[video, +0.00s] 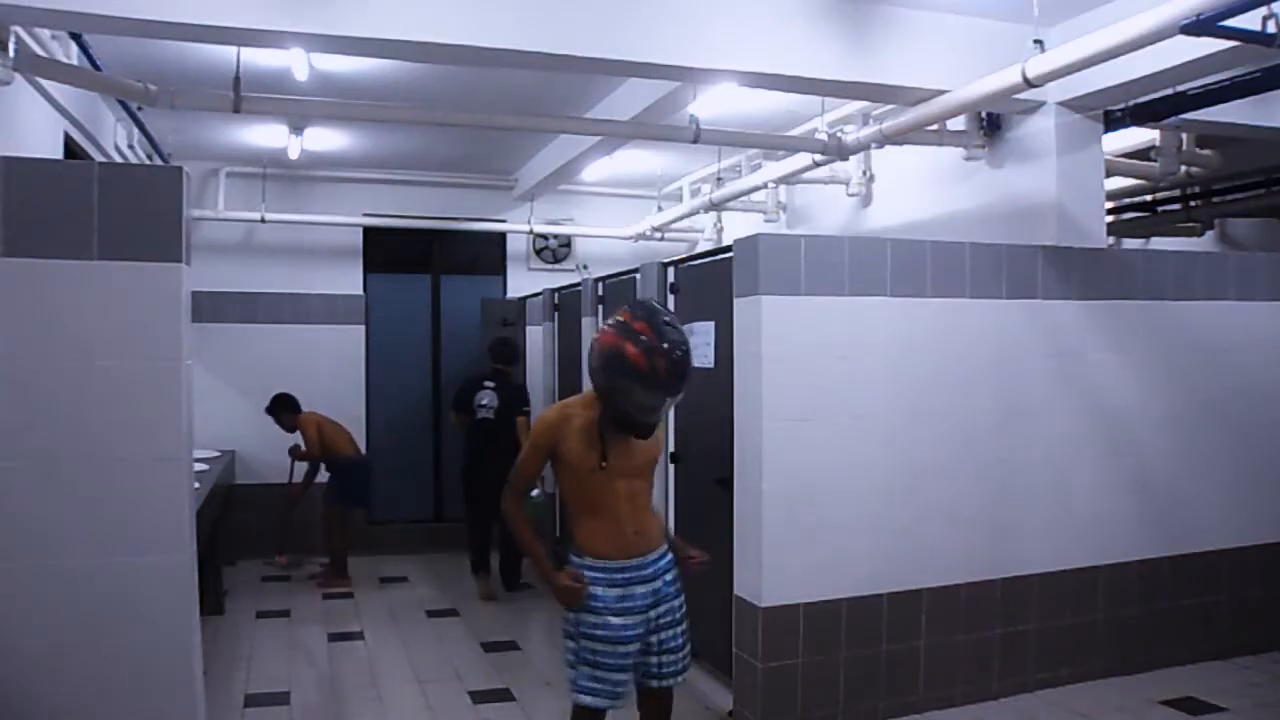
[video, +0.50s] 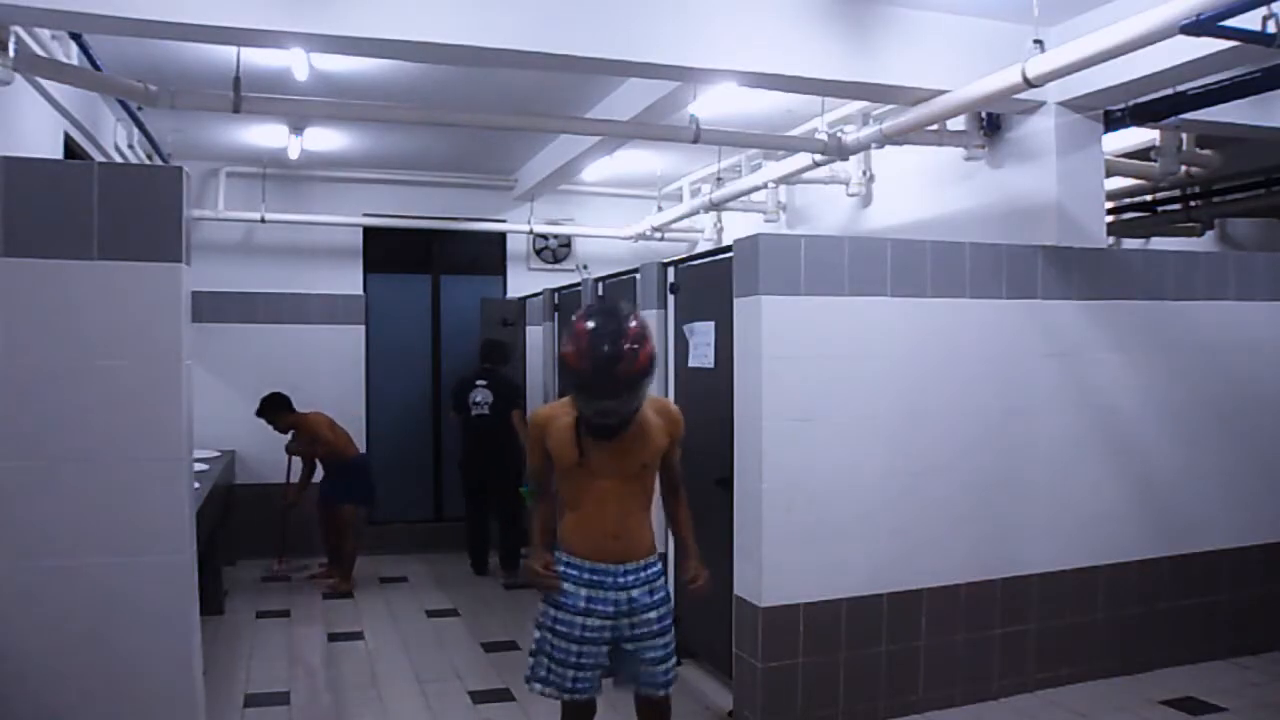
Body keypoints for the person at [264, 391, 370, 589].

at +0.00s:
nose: (280, 426)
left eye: (279, 420)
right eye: (277, 421)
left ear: (287, 413)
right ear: (294, 410)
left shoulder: (307, 421)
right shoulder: (310, 422)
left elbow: (315, 455)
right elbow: (314, 465)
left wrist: (298, 454)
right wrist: (301, 490)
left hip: (348, 470)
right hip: (348, 469)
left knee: (335, 520)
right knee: (334, 519)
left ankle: (340, 574)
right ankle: (336, 569)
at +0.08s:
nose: (277, 427)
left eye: (276, 421)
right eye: (274, 422)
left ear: (285, 414)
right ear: (290, 411)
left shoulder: (306, 422)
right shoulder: (307, 423)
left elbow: (316, 455)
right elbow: (312, 463)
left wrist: (300, 457)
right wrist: (300, 489)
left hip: (348, 470)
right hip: (344, 469)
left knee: (335, 519)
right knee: (332, 518)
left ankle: (339, 574)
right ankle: (336, 568)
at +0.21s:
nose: (275, 427)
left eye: (273, 421)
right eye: (271, 423)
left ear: (282, 414)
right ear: (287, 411)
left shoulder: (306, 422)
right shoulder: (305, 423)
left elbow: (316, 454)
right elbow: (311, 463)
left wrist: (299, 455)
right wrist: (299, 490)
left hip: (348, 470)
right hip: (342, 469)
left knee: (337, 520)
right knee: (332, 519)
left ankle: (341, 574)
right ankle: (336, 568)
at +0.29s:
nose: (274, 427)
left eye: (273, 421)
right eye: (270, 423)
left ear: (282, 412)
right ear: (284, 412)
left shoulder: (307, 422)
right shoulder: (303, 428)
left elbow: (317, 453)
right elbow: (310, 465)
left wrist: (297, 453)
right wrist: (297, 492)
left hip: (349, 469)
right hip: (338, 470)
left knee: (338, 520)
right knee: (331, 519)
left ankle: (344, 575)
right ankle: (336, 568)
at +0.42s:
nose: (273, 427)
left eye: (273, 421)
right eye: (270, 423)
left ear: (283, 412)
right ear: (284, 412)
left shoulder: (308, 422)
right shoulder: (300, 430)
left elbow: (325, 447)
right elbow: (309, 466)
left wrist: (297, 451)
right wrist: (296, 492)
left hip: (350, 471)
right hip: (335, 472)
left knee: (342, 523)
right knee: (328, 520)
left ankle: (345, 578)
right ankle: (334, 567)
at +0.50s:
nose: (274, 428)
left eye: (273, 422)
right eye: (270, 424)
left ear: (284, 414)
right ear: (285, 413)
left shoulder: (314, 422)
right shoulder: (299, 435)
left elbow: (333, 448)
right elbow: (308, 468)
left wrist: (300, 450)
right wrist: (297, 495)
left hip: (352, 471)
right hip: (333, 473)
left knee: (346, 523)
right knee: (327, 519)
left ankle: (345, 580)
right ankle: (334, 567)